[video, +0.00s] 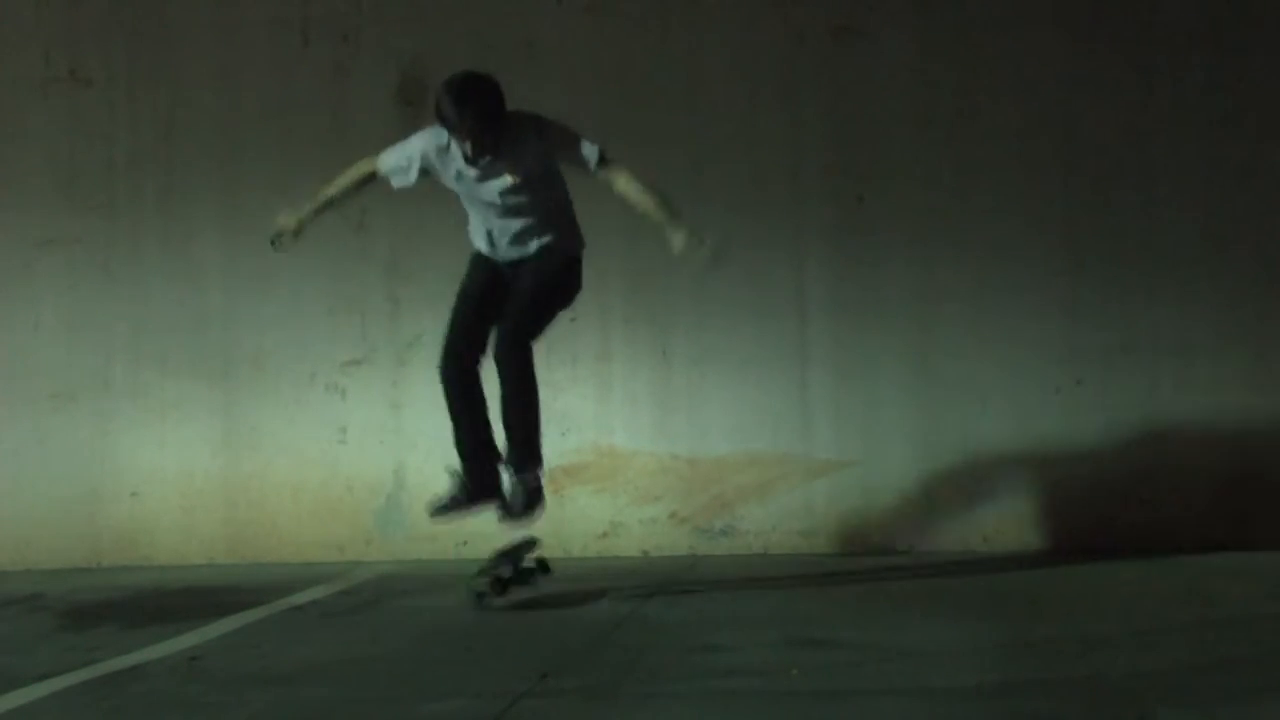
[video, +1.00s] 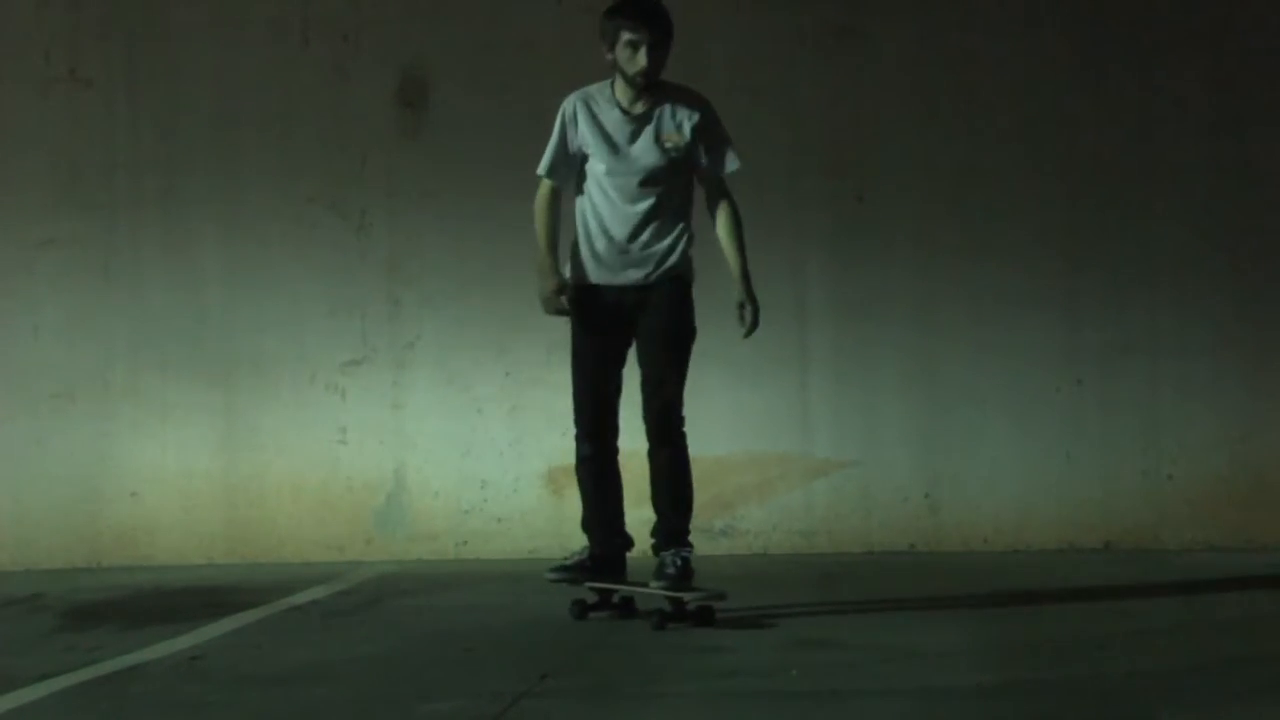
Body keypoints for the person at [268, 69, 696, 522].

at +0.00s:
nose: (470, 148)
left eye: (478, 137)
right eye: (461, 138)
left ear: (498, 122)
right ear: (448, 129)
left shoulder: (534, 137)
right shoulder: (435, 146)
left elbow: (606, 168)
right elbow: (367, 171)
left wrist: (671, 224)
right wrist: (300, 215)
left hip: (552, 261)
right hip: (491, 264)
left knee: (510, 343)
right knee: (457, 359)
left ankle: (525, 478)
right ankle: (480, 479)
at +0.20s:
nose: (496, 239)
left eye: (501, 228)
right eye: (485, 232)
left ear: (516, 211)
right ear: (470, 224)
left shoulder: (552, 233)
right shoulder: (460, 237)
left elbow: (601, 320)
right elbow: (419, 288)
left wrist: (594, 402)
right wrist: (374, 347)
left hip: (574, 347)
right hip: (517, 350)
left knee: (528, 428)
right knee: (479, 437)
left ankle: (563, 544)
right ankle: (511, 544)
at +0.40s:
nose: (518, 204)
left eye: (525, 192)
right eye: (507, 194)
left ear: (542, 177)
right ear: (495, 185)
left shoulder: (582, 198)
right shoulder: (487, 200)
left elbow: (628, 281)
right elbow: (460, 260)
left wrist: (618, 361)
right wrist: (426, 326)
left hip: (594, 323)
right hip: (541, 327)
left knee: (573, 422)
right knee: (518, 430)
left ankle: (594, 544)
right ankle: (537, 543)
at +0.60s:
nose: (556, 136)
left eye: (564, 122)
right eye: (544, 125)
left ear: (581, 114)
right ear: (529, 120)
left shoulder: (619, 154)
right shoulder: (517, 155)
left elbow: (659, 229)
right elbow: (486, 224)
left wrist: (673, 313)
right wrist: (456, 300)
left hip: (616, 306)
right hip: (554, 308)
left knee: (598, 411)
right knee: (540, 424)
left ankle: (620, 544)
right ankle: (561, 545)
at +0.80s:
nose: (600, 87)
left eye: (609, 75)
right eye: (588, 76)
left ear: (625, 72)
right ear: (570, 75)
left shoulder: (656, 128)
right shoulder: (547, 127)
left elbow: (692, 204)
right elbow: (518, 202)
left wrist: (713, 288)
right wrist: (501, 282)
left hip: (634, 294)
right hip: (568, 294)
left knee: (630, 417)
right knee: (563, 426)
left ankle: (645, 545)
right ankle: (582, 547)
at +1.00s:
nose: (643, 57)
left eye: (653, 46)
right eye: (632, 45)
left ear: (665, 50)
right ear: (610, 48)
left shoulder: (689, 113)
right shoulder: (578, 110)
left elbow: (719, 197)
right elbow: (548, 189)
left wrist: (741, 280)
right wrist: (548, 272)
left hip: (664, 291)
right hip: (595, 291)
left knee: (662, 421)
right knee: (592, 428)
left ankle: (673, 548)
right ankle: (605, 550)